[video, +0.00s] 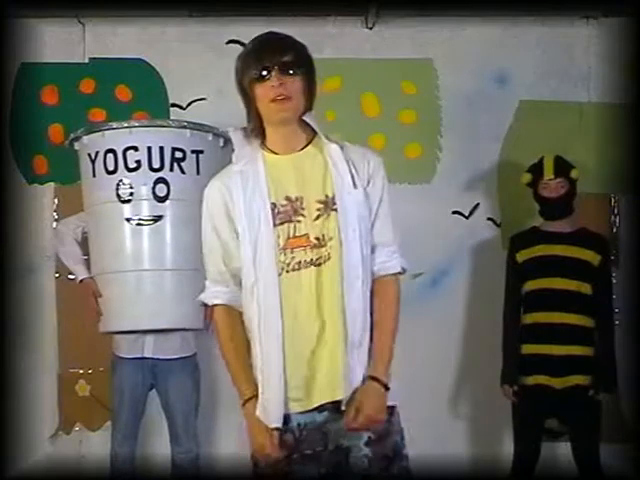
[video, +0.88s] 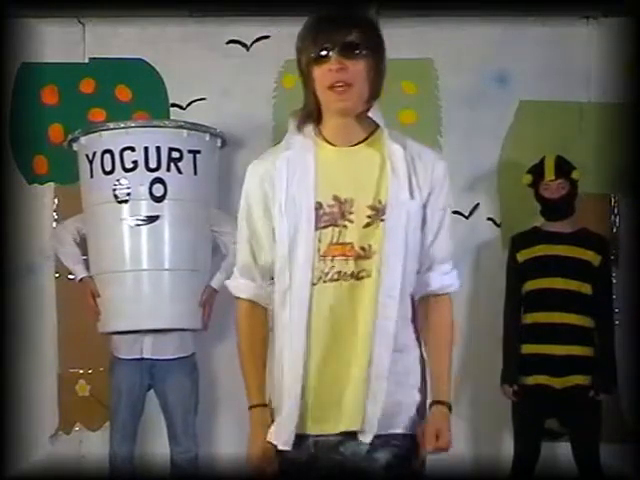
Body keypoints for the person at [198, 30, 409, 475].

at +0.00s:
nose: (279, 82)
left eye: (290, 69)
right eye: (263, 74)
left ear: (310, 82)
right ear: (248, 94)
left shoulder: (361, 167)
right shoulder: (226, 191)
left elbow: (386, 275)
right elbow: (223, 302)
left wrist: (377, 379)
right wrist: (251, 404)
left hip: (363, 404)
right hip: (282, 415)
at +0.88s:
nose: (338, 67)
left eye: (353, 52)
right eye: (323, 55)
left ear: (377, 67)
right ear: (307, 72)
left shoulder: (422, 169)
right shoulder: (269, 173)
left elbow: (435, 292)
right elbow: (251, 295)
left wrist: (440, 402)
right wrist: (259, 413)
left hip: (390, 421)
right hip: (297, 421)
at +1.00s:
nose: (350, 66)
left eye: (364, 50)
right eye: (334, 53)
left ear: (389, 62)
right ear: (318, 69)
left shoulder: (434, 167)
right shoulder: (277, 169)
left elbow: (448, 296)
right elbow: (261, 297)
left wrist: (446, 416)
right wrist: (268, 413)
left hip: (400, 425)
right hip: (306, 425)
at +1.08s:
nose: (357, 60)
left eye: (372, 44)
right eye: (340, 47)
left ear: (396, 59)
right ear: (323, 65)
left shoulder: (440, 165)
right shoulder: (284, 166)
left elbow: (454, 296)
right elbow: (267, 295)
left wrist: (449, 419)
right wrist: (273, 414)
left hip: (403, 425)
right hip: (309, 423)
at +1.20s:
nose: (357, 54)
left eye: (374, 39)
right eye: (342, 42)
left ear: (400, 54)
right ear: (327, 60)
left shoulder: (448, 164)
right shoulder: (287, 163)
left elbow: (462, 291)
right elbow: (264, 285)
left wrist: (457, 401)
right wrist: (279, 394)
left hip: (408, 425)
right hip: (311, 422)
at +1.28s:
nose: (356, 53)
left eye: (375, 39)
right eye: (343, 41)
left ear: (403, 55)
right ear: (328, 58)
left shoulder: (451, 163)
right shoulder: (288, 162)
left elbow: (464, 293)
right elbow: (266, 285)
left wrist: (456, 411)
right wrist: (280, 393)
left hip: (410, 429)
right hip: (310, 425)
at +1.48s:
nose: (359, 58)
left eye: (378, 44)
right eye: (347, 44)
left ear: (408, 59)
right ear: (332, 58)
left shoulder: (454, 169)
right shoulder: (292, 165)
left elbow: (466, 302)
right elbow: (277, 296)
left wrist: (464, 427)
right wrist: (277, 416)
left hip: (409, 437)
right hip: (310, 430)